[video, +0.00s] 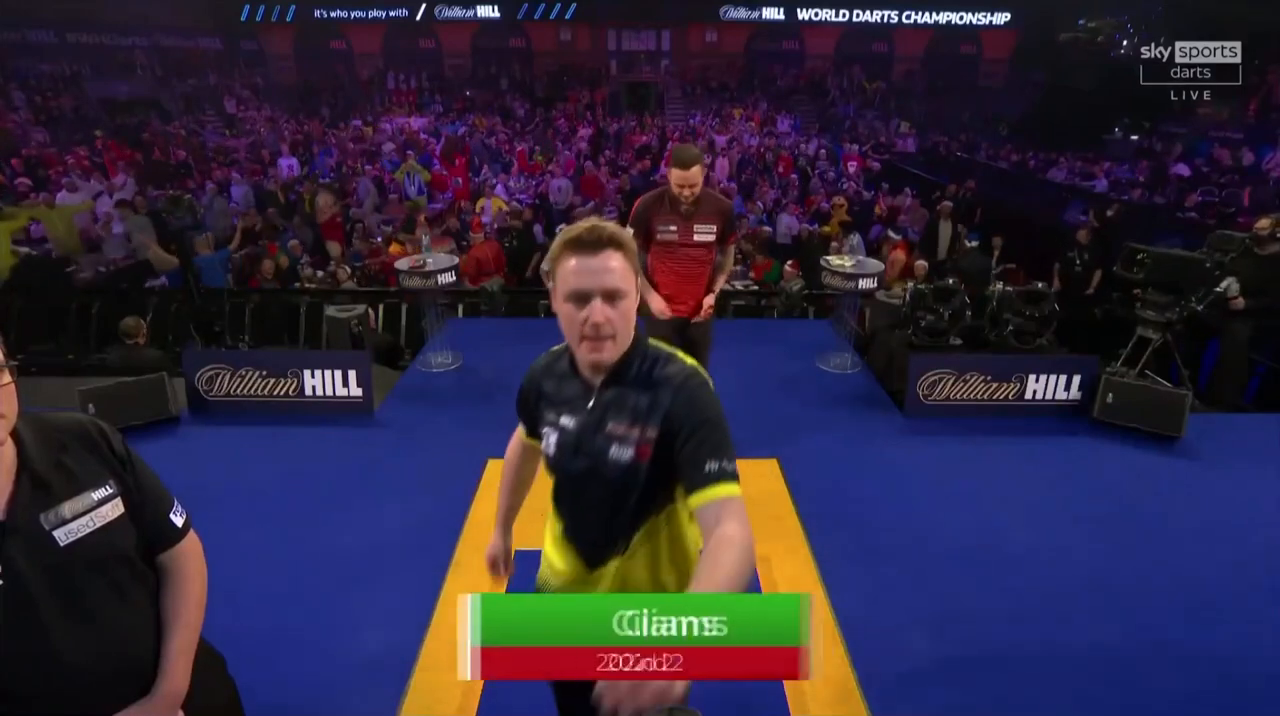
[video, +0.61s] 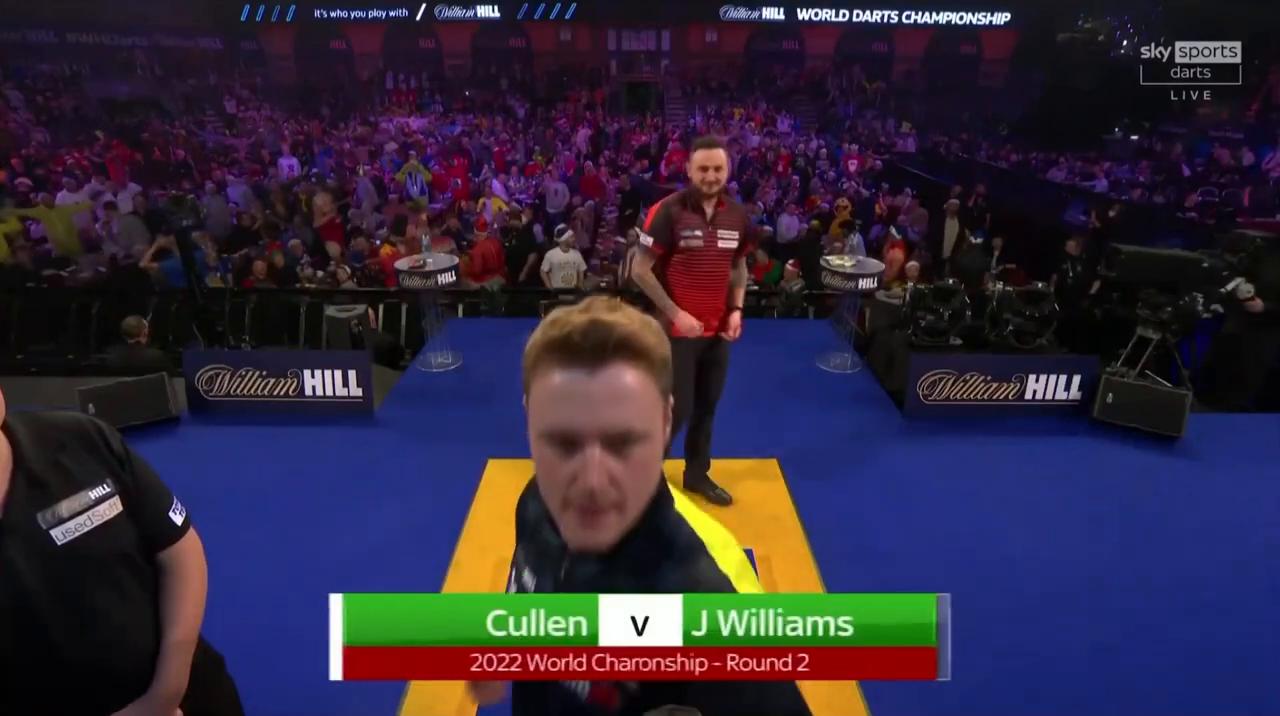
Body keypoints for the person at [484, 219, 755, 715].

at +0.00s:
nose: (597, 317)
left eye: (613, 297)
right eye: (579, 299)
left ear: (638, 298)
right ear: (553, 303)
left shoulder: (680, 387)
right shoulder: (546, 377)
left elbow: (729, 534)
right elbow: (527, 443)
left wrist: (677, 648)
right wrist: (502, 528)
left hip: (657, 614)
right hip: (565, 605)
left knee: (650, 706)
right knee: (574, 705)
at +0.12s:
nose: (590, 330)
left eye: (608, 309)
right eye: (571, 310)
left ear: (635, 308)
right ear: (543, 310)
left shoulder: (678, 406)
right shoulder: (538, 390)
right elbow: (513, 463)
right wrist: (495, 562)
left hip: (658, 639)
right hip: (559, 626)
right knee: (569, 706)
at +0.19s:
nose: (588, 345)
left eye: (607, 324)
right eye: (569, 325)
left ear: (637, 321)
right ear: (540, 322)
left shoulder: (677, 429)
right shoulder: (536, 401)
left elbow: (730, 610)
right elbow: (504, 472)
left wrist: (690, 708)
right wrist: (487, 581)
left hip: (653, 687)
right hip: (562, 672)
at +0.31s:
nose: (589, 382)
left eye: (610, 358)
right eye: (568, 358)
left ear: (645, 350)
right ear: (537, 350)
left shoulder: (681, 468)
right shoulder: (534, 434)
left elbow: (737, 660)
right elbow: (505, 495)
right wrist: (468, 600)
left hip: (646, 703)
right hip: (545, 692)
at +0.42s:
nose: (592, 425)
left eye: (617, 397)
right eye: (568, 397)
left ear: (655, 386)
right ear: (537, 386)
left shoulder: (687, 525)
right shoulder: (544, 470)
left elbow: (754, 685)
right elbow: (514, 538)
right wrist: (464, 637)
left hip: (634, 698)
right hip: (539, 691)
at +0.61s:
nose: (593, 480)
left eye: (622, 444)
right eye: (564, 444)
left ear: (666, 423)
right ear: (529, 424)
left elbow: (779, 703)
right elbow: (526, 608)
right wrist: (498, 660)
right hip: (540, 697)